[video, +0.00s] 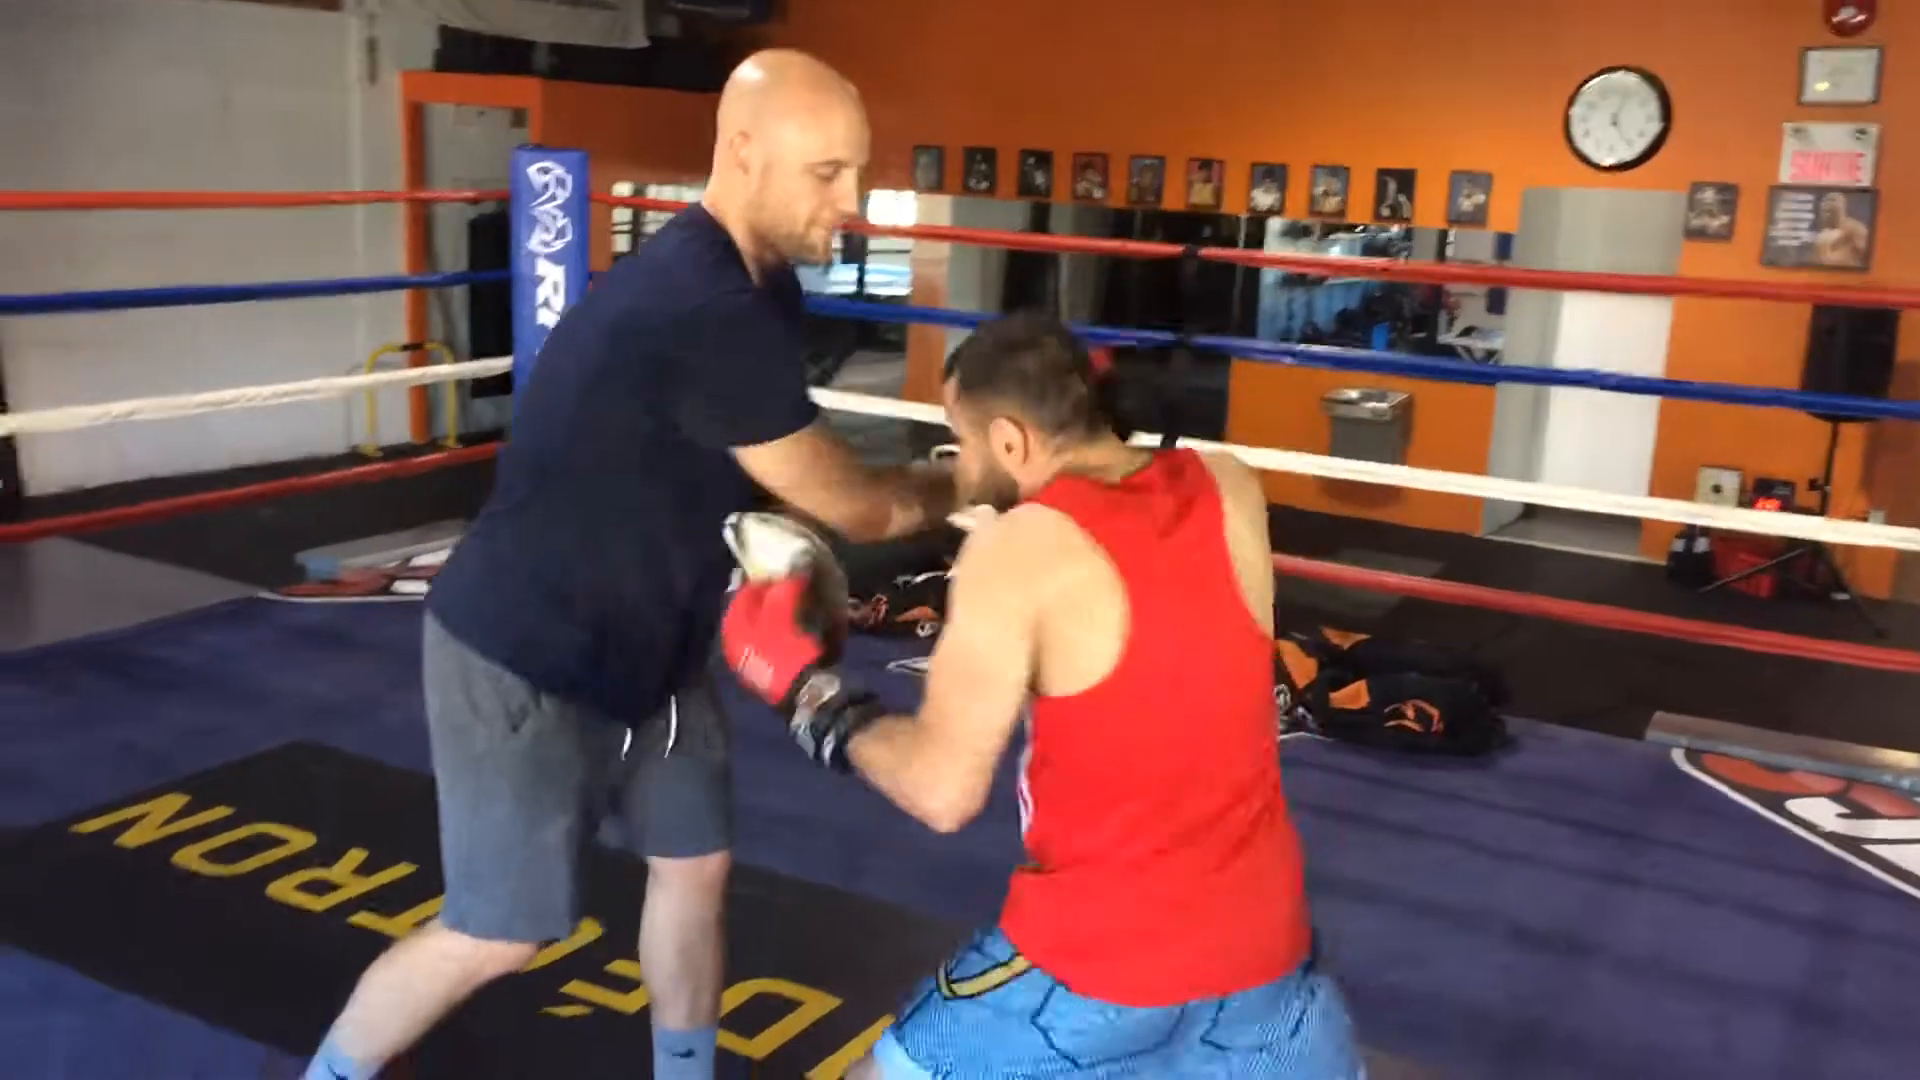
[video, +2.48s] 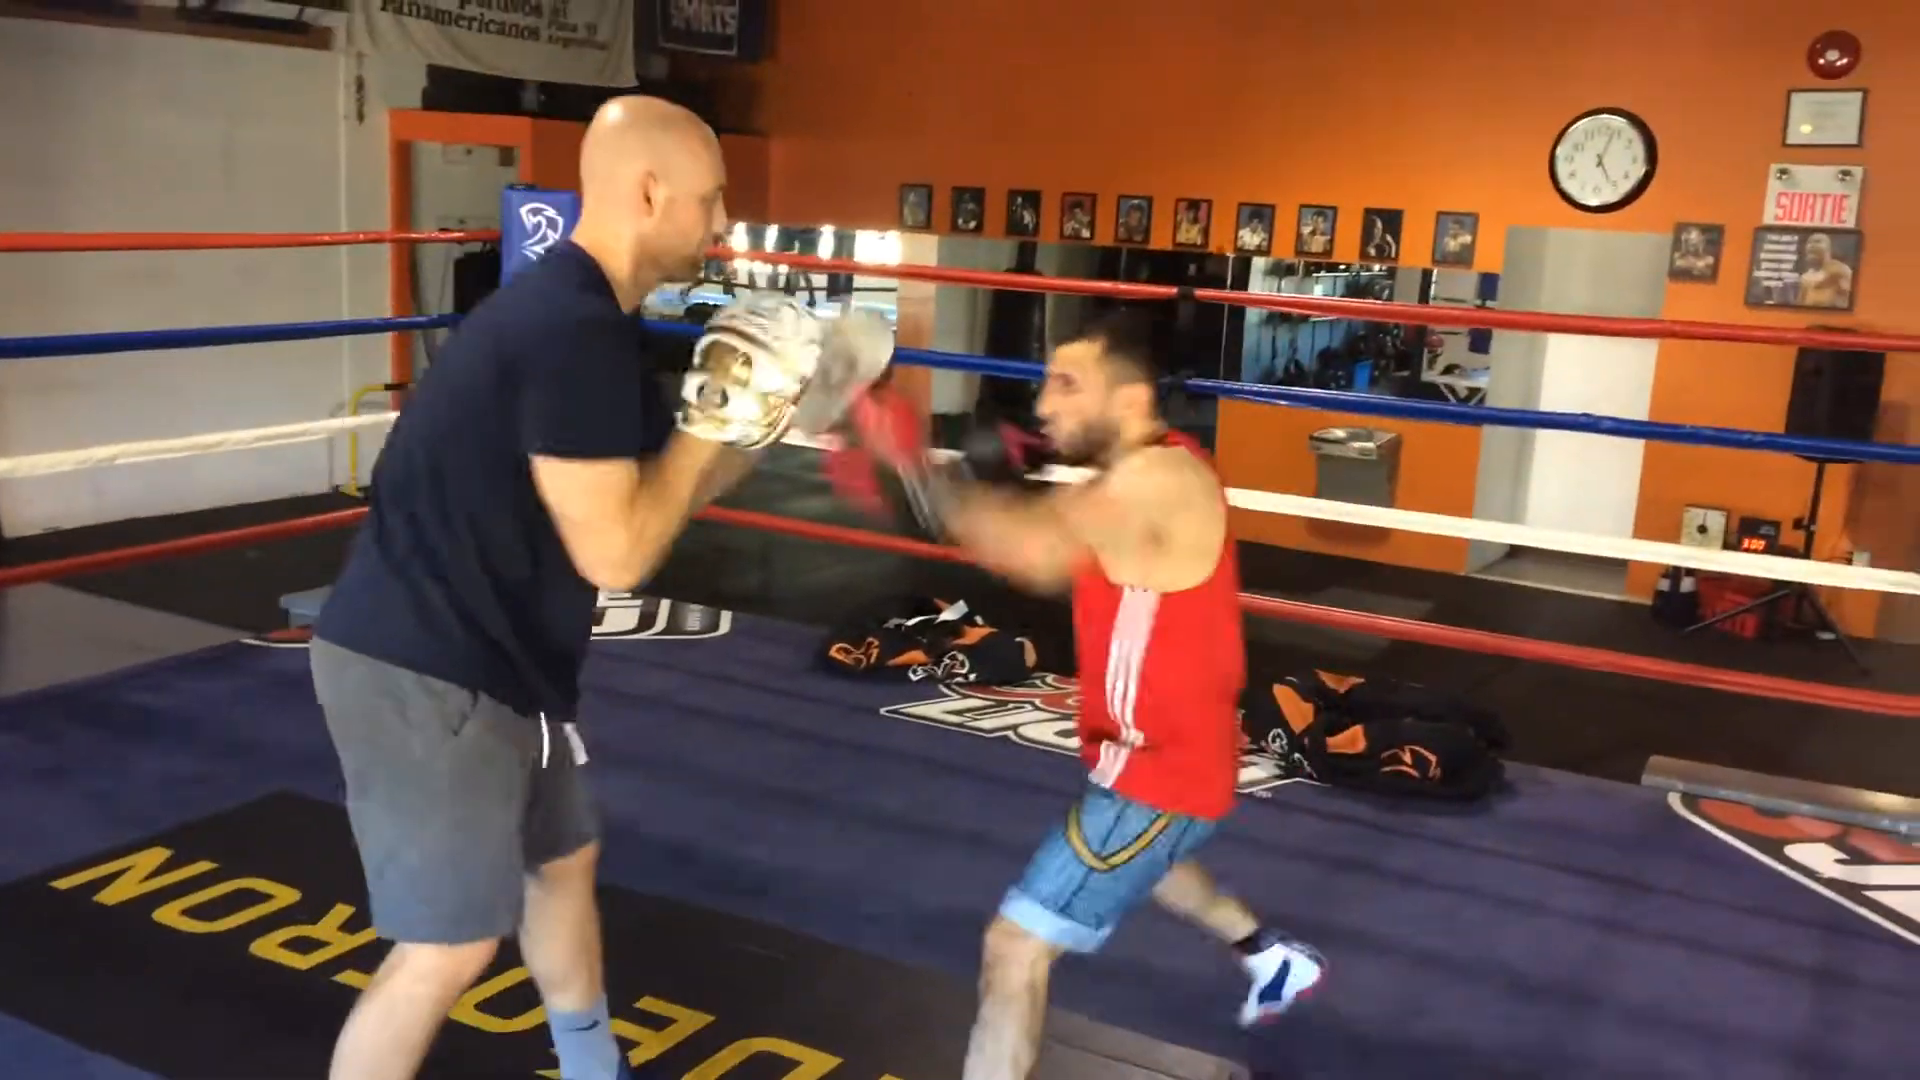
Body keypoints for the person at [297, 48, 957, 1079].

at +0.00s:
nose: (851, 203)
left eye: (859, 174)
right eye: (827, 172)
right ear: (741, 151)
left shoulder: (768, 286)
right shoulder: (699, 300)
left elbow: (754, 480)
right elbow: (856, 507)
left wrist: (824, 561)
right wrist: (953, 486)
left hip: (661, 637)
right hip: (517, 645)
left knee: (692, 862)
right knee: (505, 923)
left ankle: (685, 1071)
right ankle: (327, 1072)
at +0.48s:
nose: (641, 85)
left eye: (641, 56)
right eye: (610, 55)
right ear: (517, 63)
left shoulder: (624, 223)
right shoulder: (416, 249)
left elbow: (615, 392)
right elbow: (400, 491)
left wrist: (707, 498)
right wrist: (608, 533)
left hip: (561, 588)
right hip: (412, 597)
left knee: (630, 812)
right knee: (401, 879)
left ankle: (707, 1041)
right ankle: (339, 1068)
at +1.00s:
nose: (648, 66)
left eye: (651, 39)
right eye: (620, 37)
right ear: (534, 41)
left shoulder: (611, 216)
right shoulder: (432, 202)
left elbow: (604, 389)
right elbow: (418, 435)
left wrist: (711, 408)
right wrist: (608, 413)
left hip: (494, 542)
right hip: (377, 541)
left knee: (410, 787)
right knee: (447, 804)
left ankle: (375, 999)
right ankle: (416, 1056)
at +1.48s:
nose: (572, 130)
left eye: (571, 106)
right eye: (554, 106)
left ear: (480, 105)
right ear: (470, 102)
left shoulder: (484, 244)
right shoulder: (370, 263)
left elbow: (456, 418)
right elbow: (411, 507)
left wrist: (578, 407)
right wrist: (588, 440)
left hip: (409, 582)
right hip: (287, 602)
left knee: (503, 767)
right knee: (300, 872)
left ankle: (436, 1018)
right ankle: (244, 1069)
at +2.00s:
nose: (703, 175)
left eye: (703, 150)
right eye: (693, 147)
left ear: (619, 137)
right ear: (630, 137)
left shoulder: (544, 249)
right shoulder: (547, 266)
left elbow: (619, 432)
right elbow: (649, 478)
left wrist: (724, 372)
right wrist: (757, 371)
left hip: (476, 609)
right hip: (415, 614)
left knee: (513, 843)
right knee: (468, 886)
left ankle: (557, 1056)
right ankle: (328, 1073)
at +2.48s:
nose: (721, 229)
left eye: (722, 204)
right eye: (710, 201)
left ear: (637, 196)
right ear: (647, 194)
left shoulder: (598, 324)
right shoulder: (564, 326)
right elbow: (615, 555)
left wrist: (756, 416)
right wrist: (717, 422)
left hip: (508, 660)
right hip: (417, 663)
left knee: (562, 856)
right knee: (448, 939)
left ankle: (591, 1069)